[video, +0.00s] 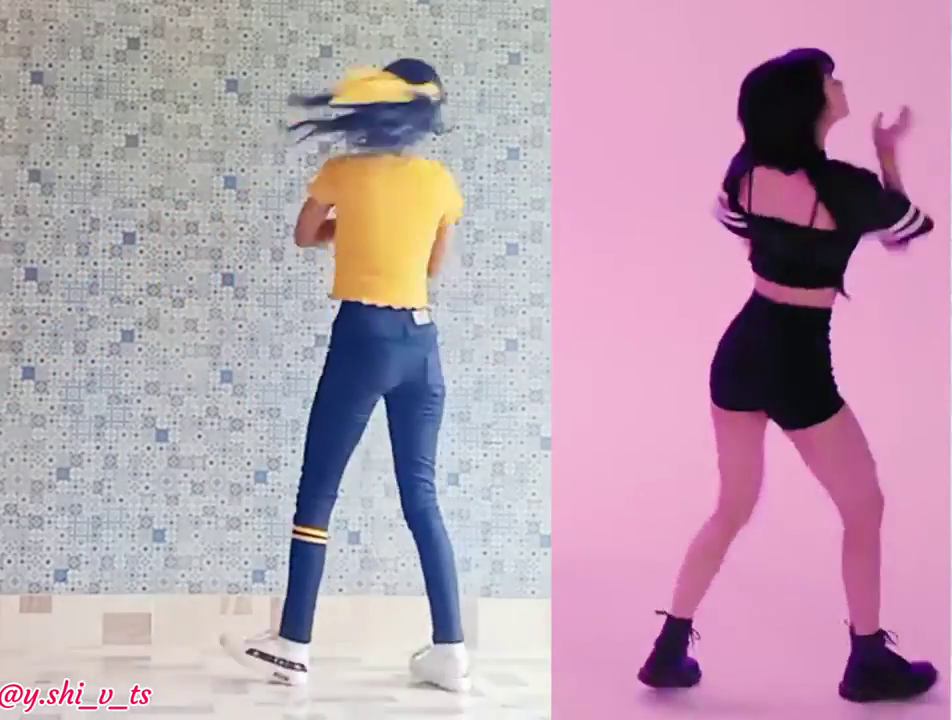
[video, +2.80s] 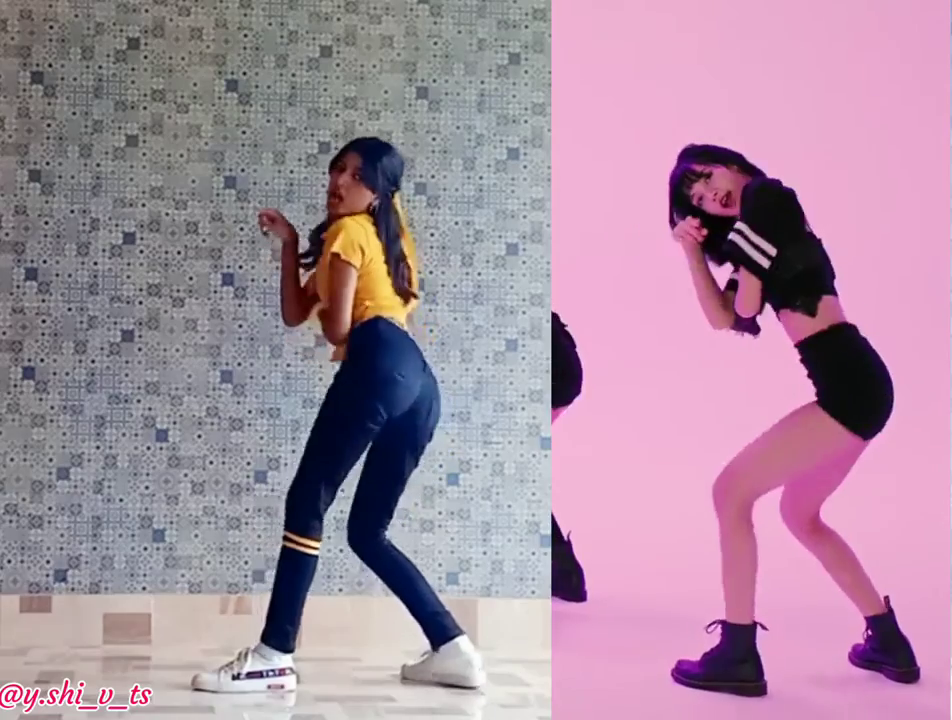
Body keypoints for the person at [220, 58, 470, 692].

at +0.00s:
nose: (348, 127)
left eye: (354, 118)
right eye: (352, 118)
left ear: (367, 119)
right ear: (418, 120)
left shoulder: (346, 169)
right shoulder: (441, 180)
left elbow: (307, 234)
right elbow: (434, 267)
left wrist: (366, 220)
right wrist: (377, 229)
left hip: (361, 346)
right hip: (421, 349)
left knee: (316, 495)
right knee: (422, 500)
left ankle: (292, 646)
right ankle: (450, 651)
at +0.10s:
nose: (377, 114)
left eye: (388, 106)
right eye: (381, 104)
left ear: (413, 121)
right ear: (425, 124)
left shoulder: (386, 172)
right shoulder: (429, 180)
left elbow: (311, 242)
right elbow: (370, 246)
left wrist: (360, 252)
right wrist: (335, 188)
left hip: (379, 345)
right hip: (415, 349)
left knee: (315, 491)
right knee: (416, 502)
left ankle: (285, 650)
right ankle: (450, 651)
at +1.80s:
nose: (343, 167)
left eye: (355, 160)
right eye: (341, 158)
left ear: (384, 173)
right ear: (344, 167)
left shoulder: (361, 217)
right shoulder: (381, 225)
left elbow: (345, 310)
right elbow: (298, 299)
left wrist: (326, 300)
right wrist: (274, 227)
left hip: (383, 397)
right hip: (408, 400)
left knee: (265, 496)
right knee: (361, 540)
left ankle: (265, 654)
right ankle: (443, 651)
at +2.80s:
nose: (332, 180)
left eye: (345, 173)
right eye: (335, 169)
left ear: (372, 190)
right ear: (372, 190)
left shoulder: (349, 230)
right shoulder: (388, 236)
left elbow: (338, 329)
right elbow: (294, 312)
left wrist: (338, 323)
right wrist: (289, 245)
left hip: (378, 368)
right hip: (421, 385)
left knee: (307, 501)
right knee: (367, 531)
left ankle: (273, 656)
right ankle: (451, 648)